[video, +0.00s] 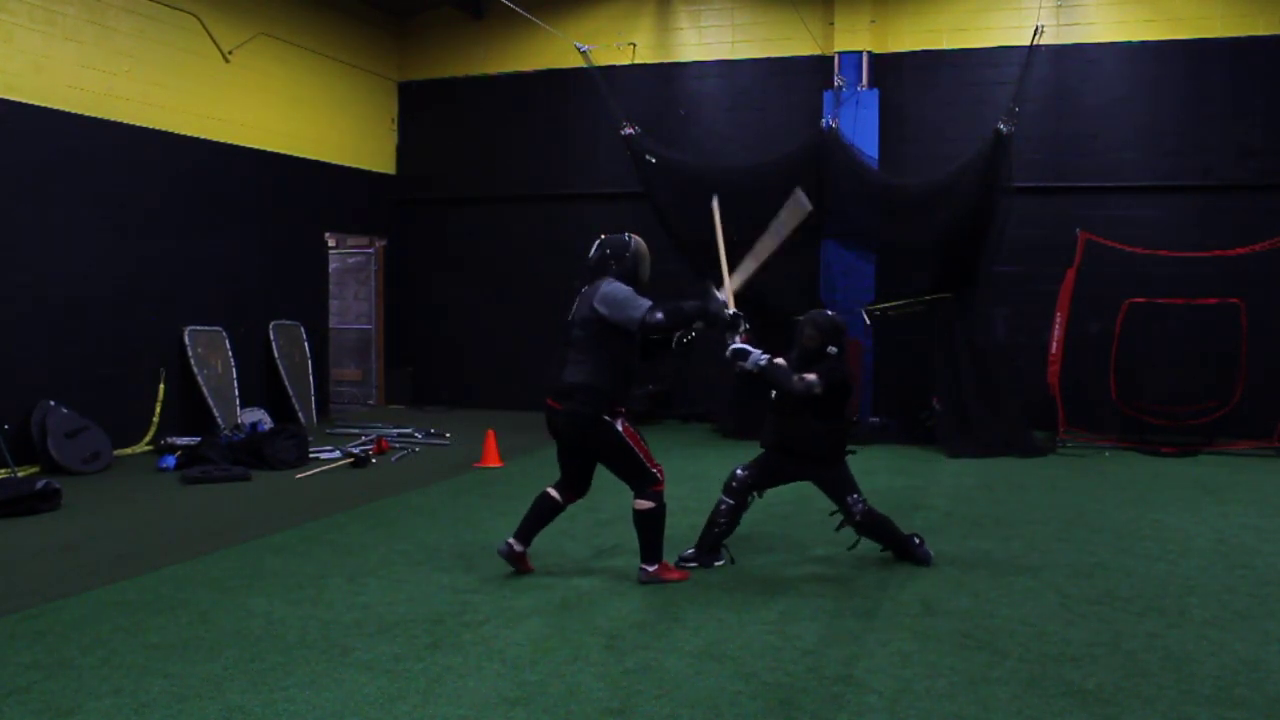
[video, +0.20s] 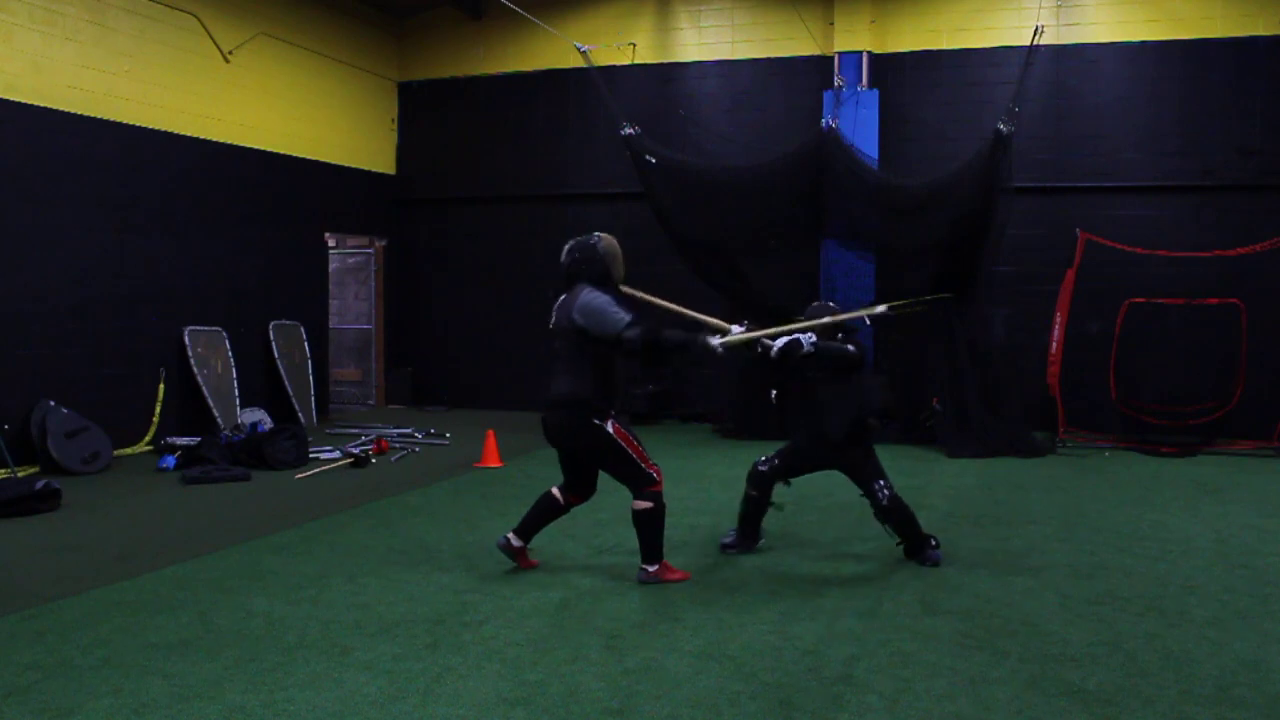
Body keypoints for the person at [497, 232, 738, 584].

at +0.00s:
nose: (641, 270)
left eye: (641, 262)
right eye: (638, 262)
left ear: (601, 260)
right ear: (626, 262)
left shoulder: (590, 295)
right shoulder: (610, 291)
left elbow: (644, 345)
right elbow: (655, 318)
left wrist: (695, 327)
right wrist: (707, 307)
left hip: (566, 407)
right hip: (595, 411)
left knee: (573, 484)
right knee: (649, 480)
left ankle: (516, 545)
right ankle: (652, 565)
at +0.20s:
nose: (618, 267)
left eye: (616, 259)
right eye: (612, 260)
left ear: (577, 265)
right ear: (597, 264)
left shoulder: (568, 300)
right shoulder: (590, 300)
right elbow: (637, 337)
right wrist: (699, 341)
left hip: (564, 414)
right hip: (588, 416)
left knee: (579, 486)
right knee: (648, 480)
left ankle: (516, 540)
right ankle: (652, 565)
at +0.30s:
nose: (590, 269)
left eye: (587, 262)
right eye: (583, 263)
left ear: (550, 273)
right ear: (569, 271)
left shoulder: (564, 309)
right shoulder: (561, 316)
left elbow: (608, 345)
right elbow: (598, 361)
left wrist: (648, 357)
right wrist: (648, 360)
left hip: (555, 417)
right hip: (576, 419)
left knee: (566, 489)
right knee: (636, 482)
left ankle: (510, 547)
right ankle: (652, 565)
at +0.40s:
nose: (563, 266)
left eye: (559, 260)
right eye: (555, 261)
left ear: (527, 272)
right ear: (541, 270)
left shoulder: (555, 304)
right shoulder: (528, 319)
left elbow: (580, 331)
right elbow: (548, 370)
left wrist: (607, 343)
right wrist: (591, 364)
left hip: (543, 415)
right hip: (550, 417)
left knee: (549, 488)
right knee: (608, 484)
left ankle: (506, 554)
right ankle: (645, 558)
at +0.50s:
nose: (542, 263)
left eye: (539, 257)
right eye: (534, 258)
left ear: (509, 269)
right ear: (517, 267)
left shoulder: (536, 303)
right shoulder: (499, 318)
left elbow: (562, 321)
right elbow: (519, 374)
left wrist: (583, 330)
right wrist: (565, 343)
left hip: (521, 414)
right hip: (522, 417)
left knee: (539, 485)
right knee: (591, 472)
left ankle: (504, 556)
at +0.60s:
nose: (519, 259)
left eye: (515, 253)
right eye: (510, 254)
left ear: (485, 266)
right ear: (495, 264)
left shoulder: (518, 299)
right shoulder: (475, 315)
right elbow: (501, 369)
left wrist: (559, 325)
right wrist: (539, 337)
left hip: (510, 409)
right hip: (497, 414)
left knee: (528, 481)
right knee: (562, 476)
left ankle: (504, 551)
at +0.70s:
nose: (500, 261)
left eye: (497, 255)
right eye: (495, 255)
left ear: (464, 260)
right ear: (483, 260)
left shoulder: (490, 297)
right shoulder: (454, 311)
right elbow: (481, 361)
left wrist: (529, 316)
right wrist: (506, 318)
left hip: (495, 409)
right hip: (475, 415)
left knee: (511, 483)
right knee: (516, 493)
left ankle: (502, 556)